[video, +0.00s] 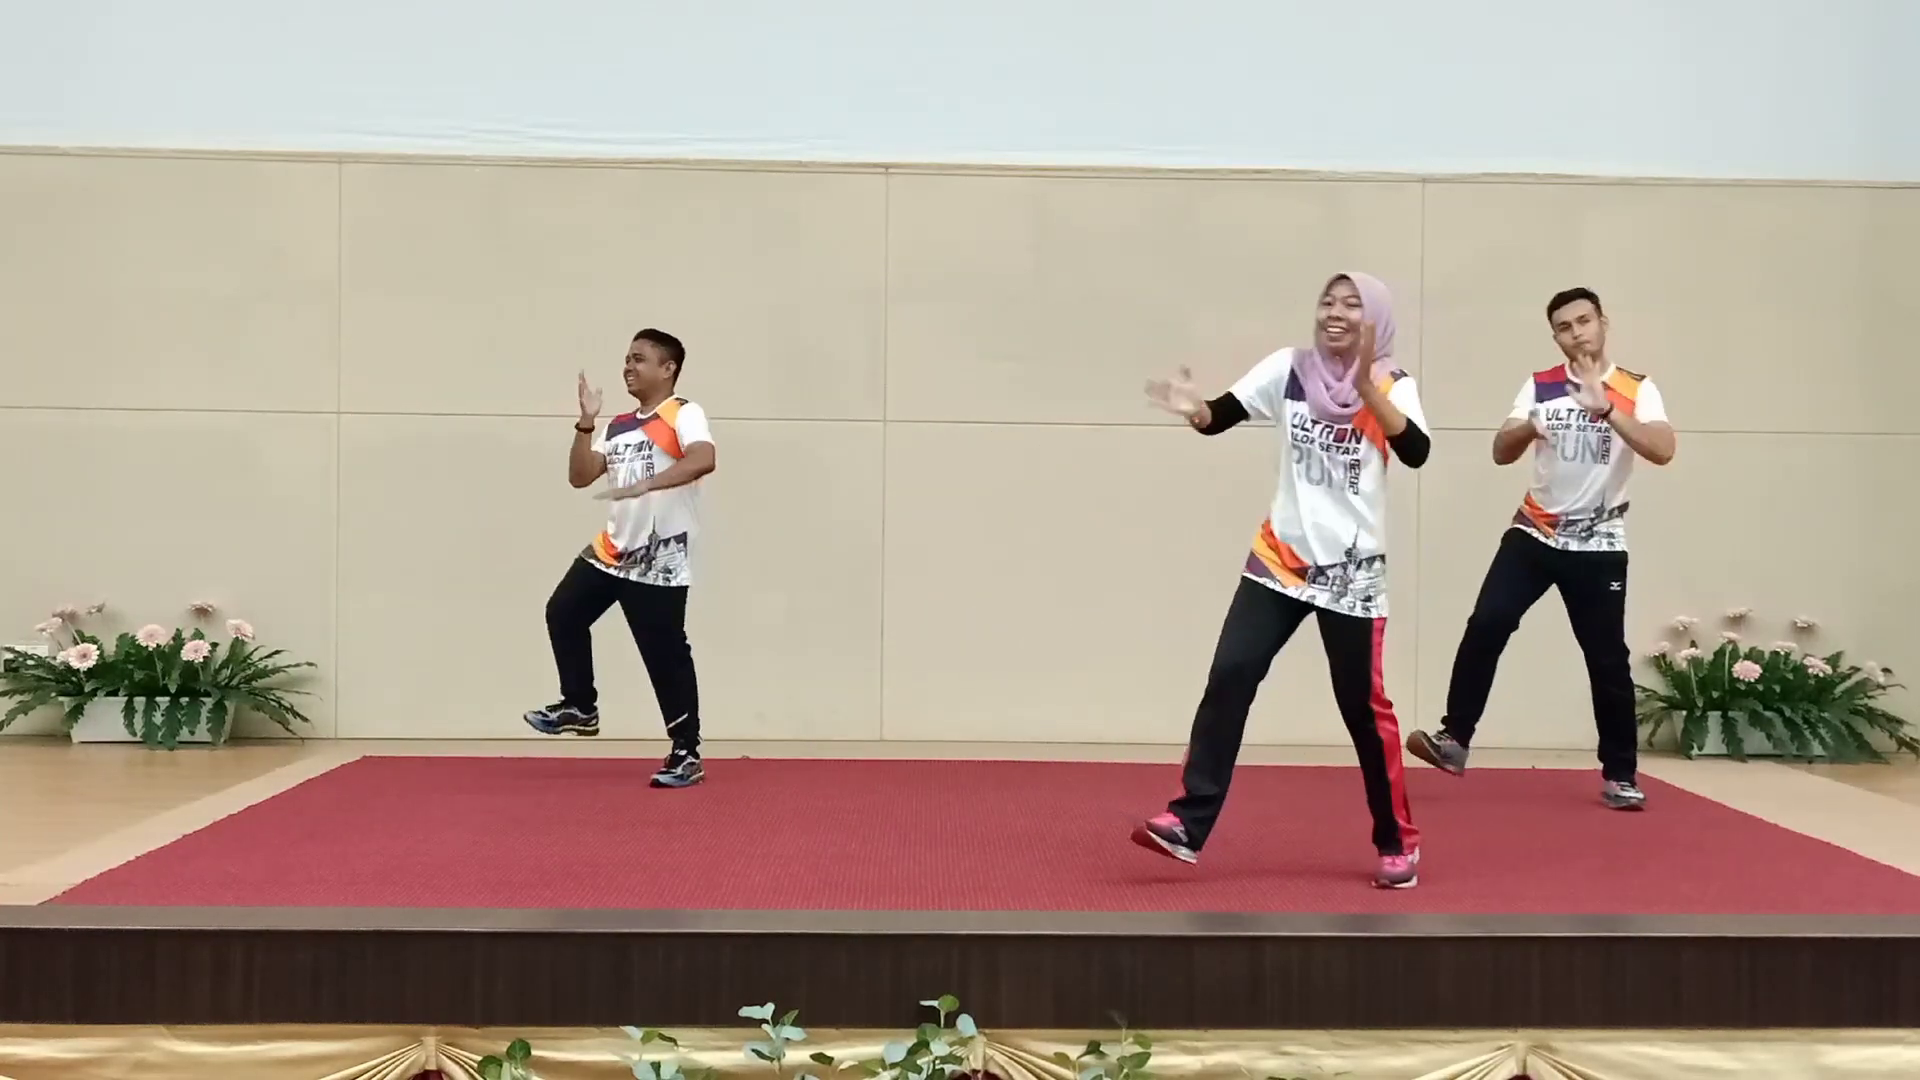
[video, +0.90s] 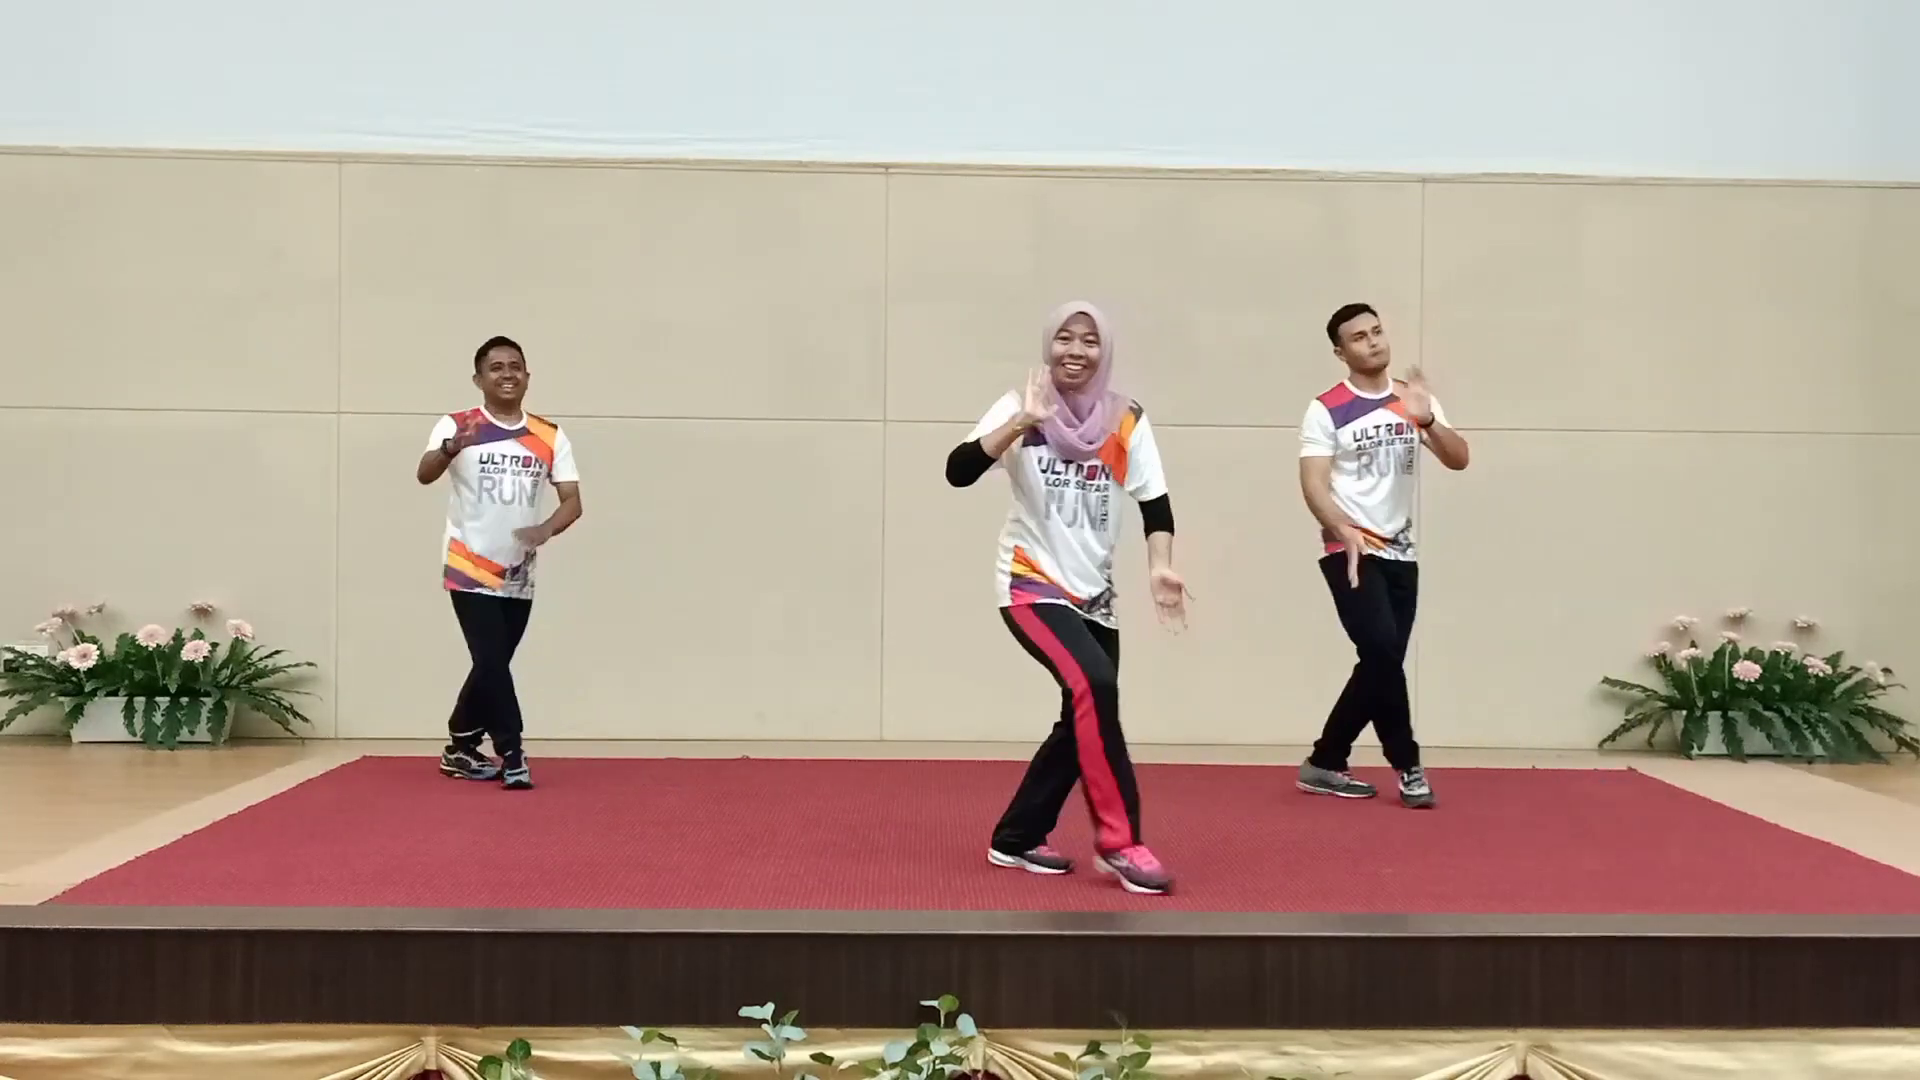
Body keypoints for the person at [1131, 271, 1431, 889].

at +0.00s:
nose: (1335, 311)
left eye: (1350, 303)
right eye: (1328, 301)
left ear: (1375, 319)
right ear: (1316, 313)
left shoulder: (1391, 383)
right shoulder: (1291, 367)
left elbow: (1416, 453)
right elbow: (1223, 414)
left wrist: (1369, 389)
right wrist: (1198, 409)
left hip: (1353, 566)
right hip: (1281, 556)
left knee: (1363, 705)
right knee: (1229, 679)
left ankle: (1397, 844)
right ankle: (1189, 826)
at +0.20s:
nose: (1273, 322)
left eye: (1286, 313)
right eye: (1263, 313)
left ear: (1307, 327)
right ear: (1248, 328)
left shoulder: (1327, 391)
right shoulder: (1223, 387)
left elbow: (1381, 450)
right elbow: (1171, 445)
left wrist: (1338, 375)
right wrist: (1143, 485)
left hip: (1306, 573)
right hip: (1227, 569)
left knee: (1340, 707)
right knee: (1205, 701)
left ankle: (1390, 844)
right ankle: (1176, 842)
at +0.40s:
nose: (1205, 345)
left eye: (1219, 334)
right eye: (1194, 334)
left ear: (1239, 346)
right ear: (1179, 346)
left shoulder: (1264, 410)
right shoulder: (1156, 407)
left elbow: (1309, 487)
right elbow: (1103, 480)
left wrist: (1274, 418)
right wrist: (1096, 516)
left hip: (1235, 581)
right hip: (1159, 578)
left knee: (1277, 700)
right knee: (1168, 701)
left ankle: (1319, 832)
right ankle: (1170, 846)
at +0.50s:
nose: (1180, 345)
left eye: (1193, 335)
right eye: (1167, 335)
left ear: (1212, 345)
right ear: (1152, 346)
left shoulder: (1234, 409)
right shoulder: (1129, 403)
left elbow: (1279, 494)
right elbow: (1081, 460)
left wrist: (1258, 446)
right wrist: (1070, 471)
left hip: (1205, 582)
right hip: (1134, 579)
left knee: (1243, 693)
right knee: (1158, 697)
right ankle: (1171, 843)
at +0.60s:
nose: (1151, 342)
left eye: (1164, 331)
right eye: (1139, 332)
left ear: (1183, 341)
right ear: (1123, 342)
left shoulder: (1207, 404)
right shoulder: (1100, 401)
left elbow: (1240, 469)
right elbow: (1025, 466)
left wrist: (1243, 486)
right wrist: (1066, 438)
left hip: (1180, 583)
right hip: (1111, 576)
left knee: (1200, 701)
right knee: (1147, 696)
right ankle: (1169, 847)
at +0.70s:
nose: (1123, 341)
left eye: (1135, 331)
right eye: (1112, 331)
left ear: (1153, 342)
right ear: (1094, 342)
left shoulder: (1178, 408)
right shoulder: (1072, 404)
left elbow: (1207, 491)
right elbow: (995, 459)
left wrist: (1206, 536)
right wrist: (1057, 412)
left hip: (1150, 591)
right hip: (1085, 580)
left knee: (1142, 718)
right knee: (1134, 700)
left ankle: (1046, 815)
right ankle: (1166, 846)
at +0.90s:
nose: (1076, 350)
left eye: (1089, 341)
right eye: (1065, 339)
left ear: (1105, 352)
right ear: (1048, 348)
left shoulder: (1123, 418)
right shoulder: (1021, 406)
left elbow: (1153, 500)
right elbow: (957, 472)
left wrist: (1161, 565)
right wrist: (1022, 423)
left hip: (1093, 594)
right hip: (1031, 584)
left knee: (1084, 720)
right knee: (1094, 683)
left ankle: (1013, 840)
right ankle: (1118, 843)